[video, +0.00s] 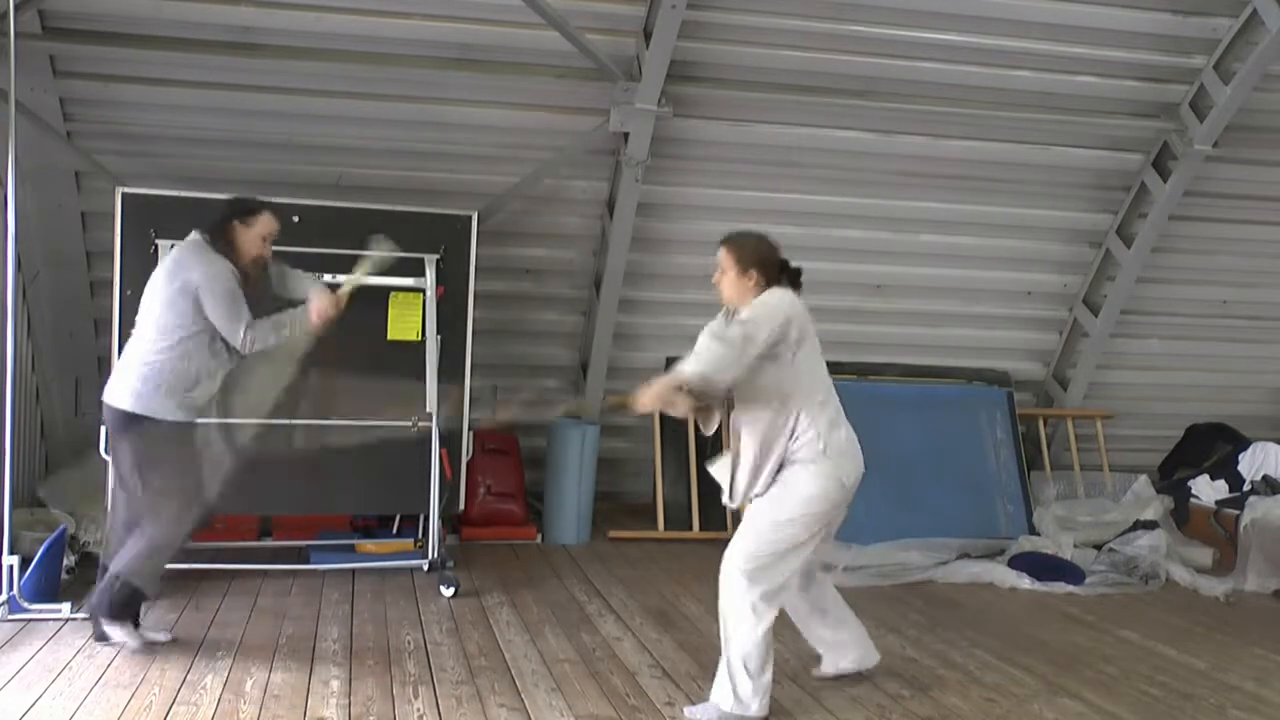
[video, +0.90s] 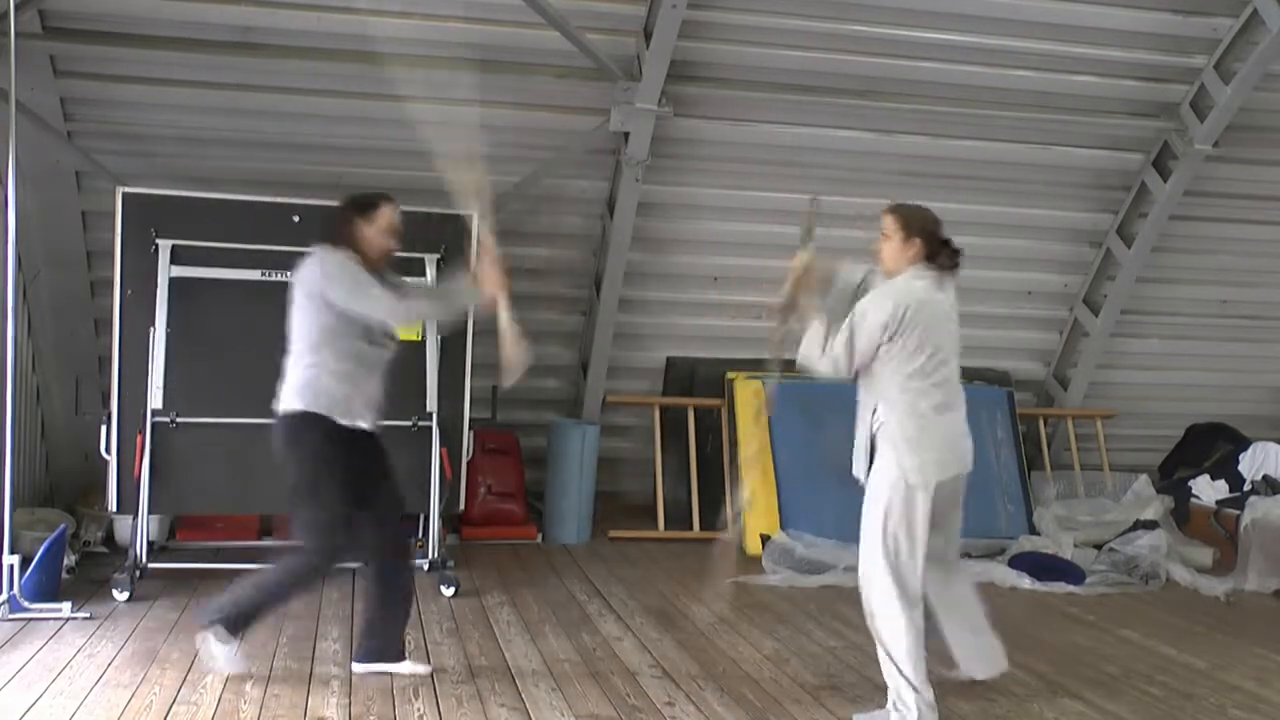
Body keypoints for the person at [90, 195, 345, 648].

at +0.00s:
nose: (268, 252)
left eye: (271, 242)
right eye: (263, 239)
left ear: (235, 230)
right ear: (237, 228)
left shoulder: (196, 254)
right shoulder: (211, 268)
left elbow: (278, 276)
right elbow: (246, 337)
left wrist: (319, 289)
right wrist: (308, 318)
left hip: (131, 402)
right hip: (152, 409)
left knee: (135, 509)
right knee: (177, 507)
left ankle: (120, 612)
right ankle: (113, 606)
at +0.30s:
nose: (239, 221)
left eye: (240, 211)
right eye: (230, 211)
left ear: (229, 213)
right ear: (197, 210)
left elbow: (274, 303)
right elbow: (215, 300)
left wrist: (318, 298)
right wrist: (293, 301)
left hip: (196, 408)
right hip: (155, 401)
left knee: (152, 518)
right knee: (217, 498)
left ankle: (114, 621)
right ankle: (168, 609)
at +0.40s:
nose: (233, 224)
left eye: (238, 216)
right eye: (225, 215)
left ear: (239, 220)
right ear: (200, 213)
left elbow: (303, 267)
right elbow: (217, 236)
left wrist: (326, 225)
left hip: (213, 412)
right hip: (167, 406)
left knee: (163, 520)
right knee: (216, 508)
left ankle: (116, 618)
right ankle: (188, 632)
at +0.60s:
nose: (309, 243)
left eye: (314, 233)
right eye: (302, 230)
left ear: (313, 234)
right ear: (271, 222)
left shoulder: (300, 272)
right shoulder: (233, 257)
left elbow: (342, 192)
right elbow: (220, 179)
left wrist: (286, 155)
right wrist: (238, 129)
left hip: (248, 416)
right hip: (208, 406)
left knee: (228, 527)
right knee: (223, 533)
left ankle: (148, 592)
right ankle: (184, 654)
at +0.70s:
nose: (341, 231)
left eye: (347, 221)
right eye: (332, 218)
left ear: (348, 230)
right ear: (306, 215)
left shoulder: (329, 272)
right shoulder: (265, 251)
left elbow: (381, 212)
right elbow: (296, 192)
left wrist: (346, 157)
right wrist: (324, 147)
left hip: (285, 416)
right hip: (239, 406)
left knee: (314, 510)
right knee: (234, 530)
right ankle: (183, 651)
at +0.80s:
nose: (363, 219)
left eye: (364, 212)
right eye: (357, 209)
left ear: (335, 209)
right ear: (334, 207)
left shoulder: (335, 263)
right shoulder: (288, 243)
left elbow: (389, 248)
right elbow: (357, 235)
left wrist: (422, 189)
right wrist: (410, 191)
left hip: (312, 421)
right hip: (268, 409)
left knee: (354, 511)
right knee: (249, 530)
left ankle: (314, 622)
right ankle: (187, 646)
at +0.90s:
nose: (394, 241)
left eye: (397, 232)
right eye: (387, 230)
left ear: (386, 235)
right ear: (356, 226)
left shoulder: (374, 281)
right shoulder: (326, 265)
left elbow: (420, 307)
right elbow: (397, 312)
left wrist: (475, 280)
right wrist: (475, 294)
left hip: (356, 430)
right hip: (312, 422)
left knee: (390, 538)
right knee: (321, 545)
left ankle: (378, 652)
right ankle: (223, 623)